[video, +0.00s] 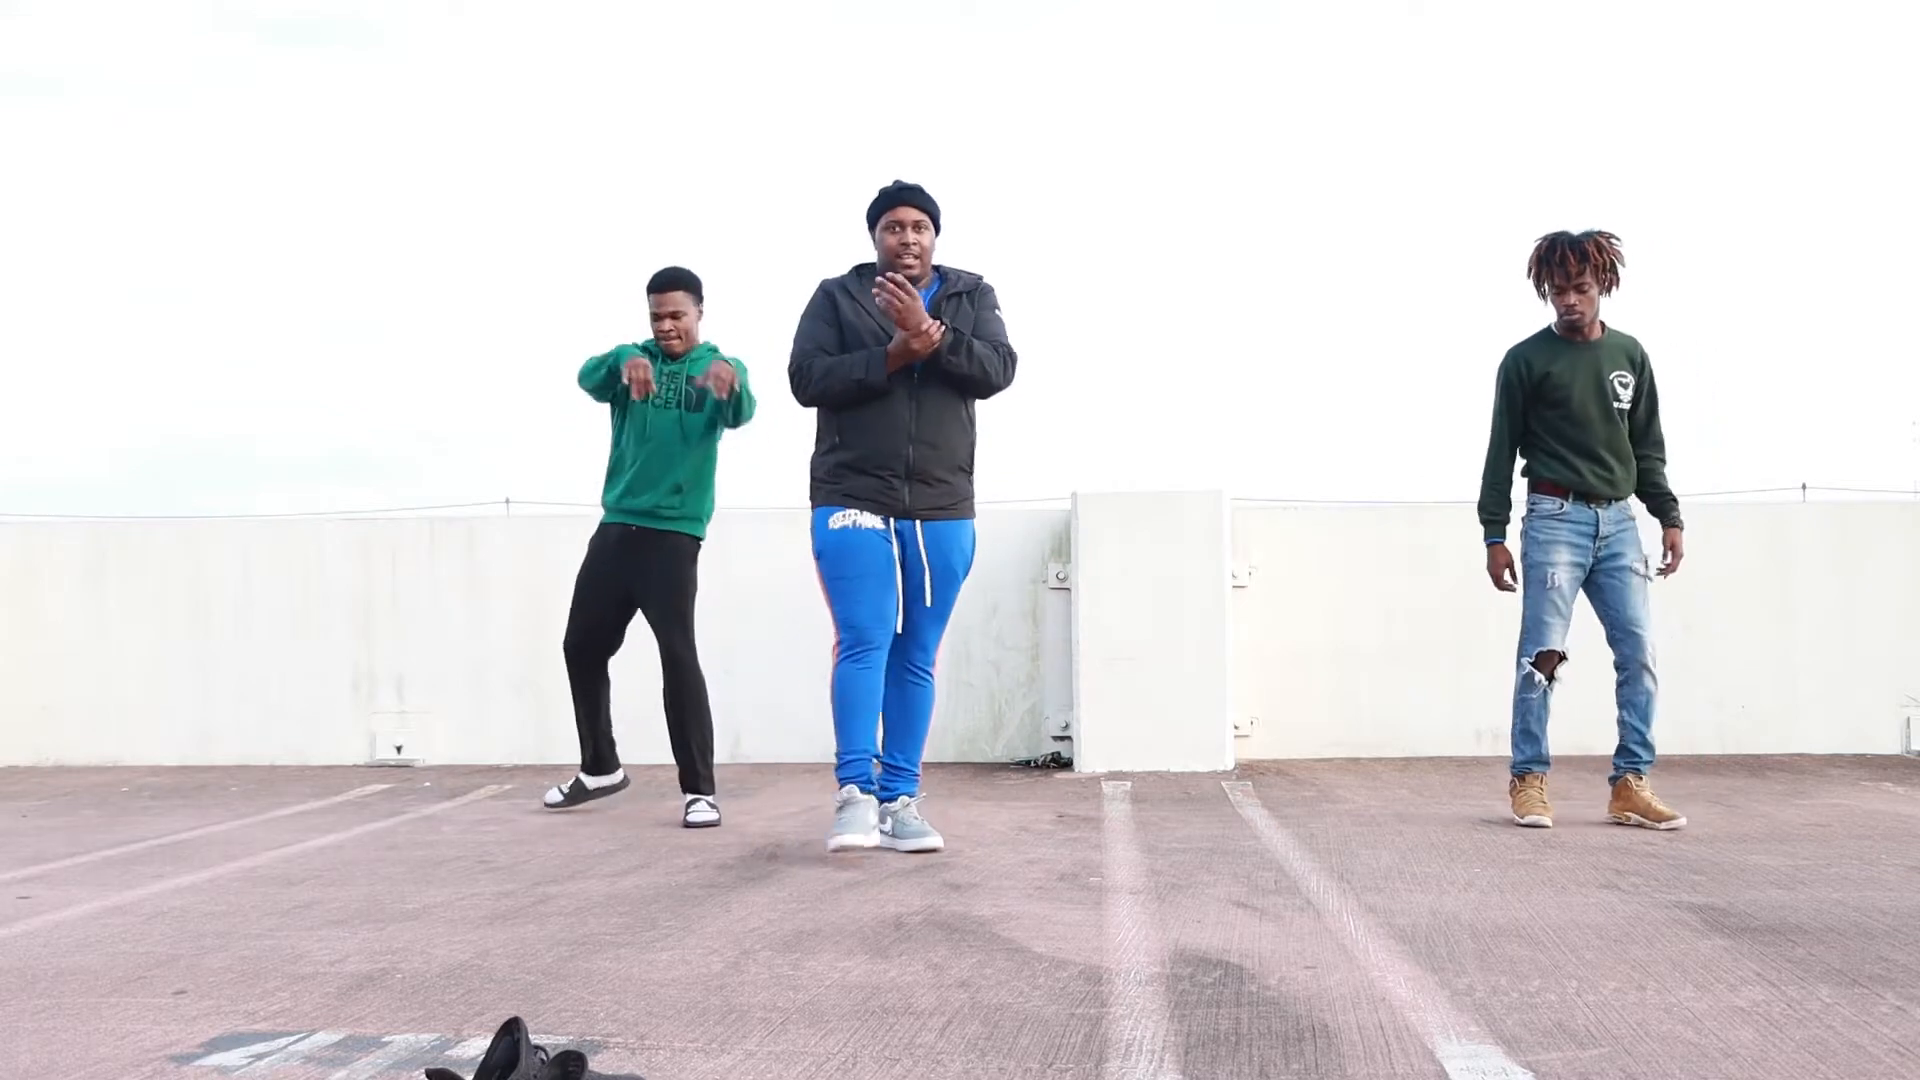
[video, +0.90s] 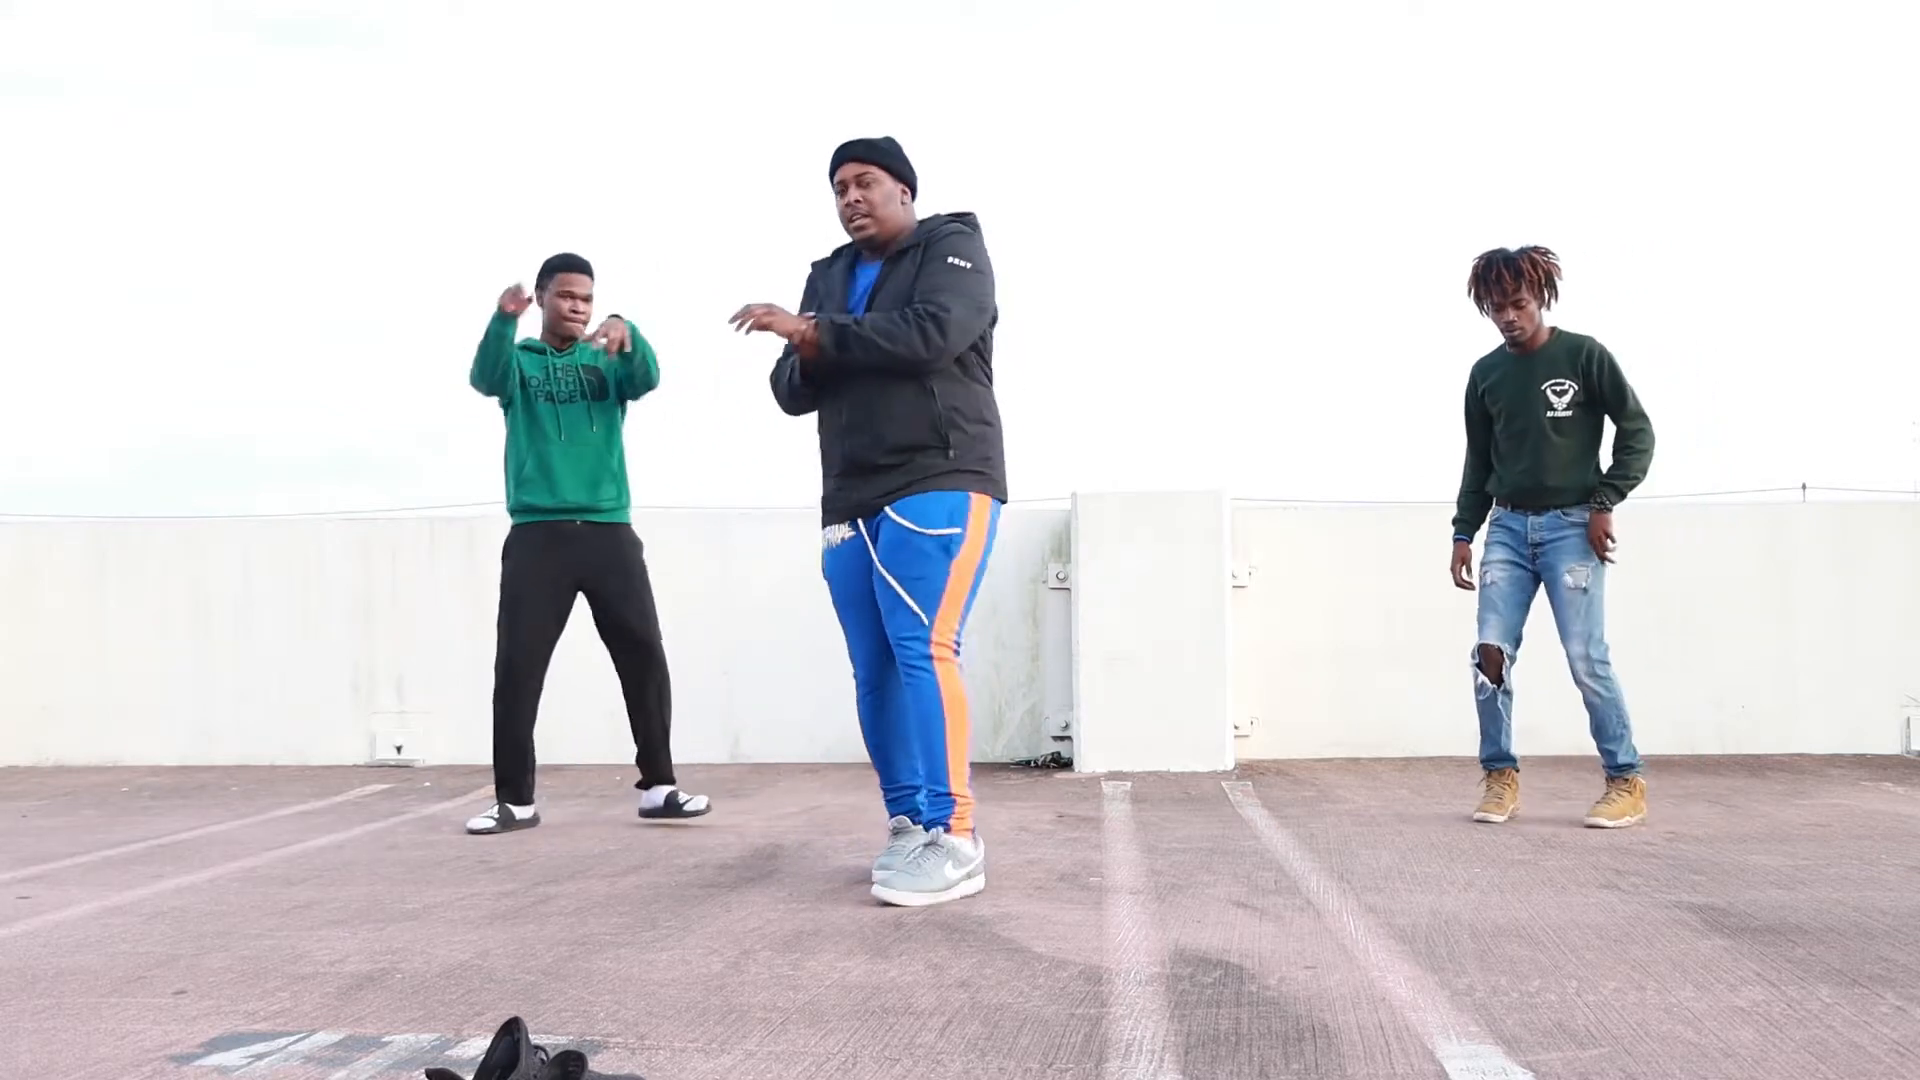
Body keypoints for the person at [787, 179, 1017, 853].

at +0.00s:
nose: (907, 238)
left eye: (918, 228)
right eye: (893, 228)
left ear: (936, 238)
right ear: (874, 239)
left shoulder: (968, 295)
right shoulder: (839, 296)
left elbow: (997, 369)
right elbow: (806, 378)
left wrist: (932, 337)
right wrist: (891, 355)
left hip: (941, 500)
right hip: (853, 495)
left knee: (917, 657)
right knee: (865, 641)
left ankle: (900, 800)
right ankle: (856, 794)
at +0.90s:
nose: (852, 195)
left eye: (866, 181)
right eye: (842, 189)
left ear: (906, 187)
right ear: (837, 206)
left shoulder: (951, 244)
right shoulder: (829, 275)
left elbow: (930, 335)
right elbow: (790, 393)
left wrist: (813, 330)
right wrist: (816, 346)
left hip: (940, 481)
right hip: (853, 496)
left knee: (924, 645)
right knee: (875, 666)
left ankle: (954, 838)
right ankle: (911, 830)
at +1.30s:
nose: (824, 191)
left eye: (834, 177)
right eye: (824, 178)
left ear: (876, 177)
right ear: (876, 180)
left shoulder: (892, 230)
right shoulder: (879, 240)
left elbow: (833, 335)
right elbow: (858, 365)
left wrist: (749, 355)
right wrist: (778, 358)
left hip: (913, 478)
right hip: (869, 483)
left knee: (900, 655)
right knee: (808, 637)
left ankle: (947, 844)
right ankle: (828, 821)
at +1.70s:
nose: (775, 208)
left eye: (784, 196)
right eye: (780, 195)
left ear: (815, 201)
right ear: (842, 205)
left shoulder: (801, 261)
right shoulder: (880, 282)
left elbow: (741, 359)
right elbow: (835, 373)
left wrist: (700, 395)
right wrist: (744, 374)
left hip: (815, 491)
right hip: (856, 489)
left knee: (813, 666)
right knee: (762, 661)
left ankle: (928, 831)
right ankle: (784, 830)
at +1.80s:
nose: (759, 208)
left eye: (767, 197)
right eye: (763, 196)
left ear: (799, 203)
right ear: (823, 207)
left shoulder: (782, 261)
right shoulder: (864, 281)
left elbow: (716, 364)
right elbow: (825, 369)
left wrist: (681, 384)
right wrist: (732, 354)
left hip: (796, 483)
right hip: (862, 493)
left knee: (742, 651)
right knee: (773, 657)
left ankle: (871, 794)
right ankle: (783, 831)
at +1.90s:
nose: (742, 207)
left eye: (750, 195)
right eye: (745, 195)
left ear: (780, 200)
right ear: (806, 205)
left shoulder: (759, 261)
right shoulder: (851, 283)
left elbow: (693, 372)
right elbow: (804, 370)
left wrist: (669, 379)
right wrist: (706, 360)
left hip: (773, 482)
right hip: (849, 493)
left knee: (698, 641)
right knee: (777, 657)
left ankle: (788, 799)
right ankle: (788, 835)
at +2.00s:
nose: (724, 205)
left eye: (730, 194)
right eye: (726, 193)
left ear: (758, 198)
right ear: (793, 203)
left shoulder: (733, 257)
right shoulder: (839, 281)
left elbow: (678, 363)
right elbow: (819, 373)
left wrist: (662, 392)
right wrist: (718, 389)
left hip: (748, 481)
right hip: (835, 488)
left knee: (682, 640)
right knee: (781, 652)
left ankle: (703, 819)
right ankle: (787, 831)